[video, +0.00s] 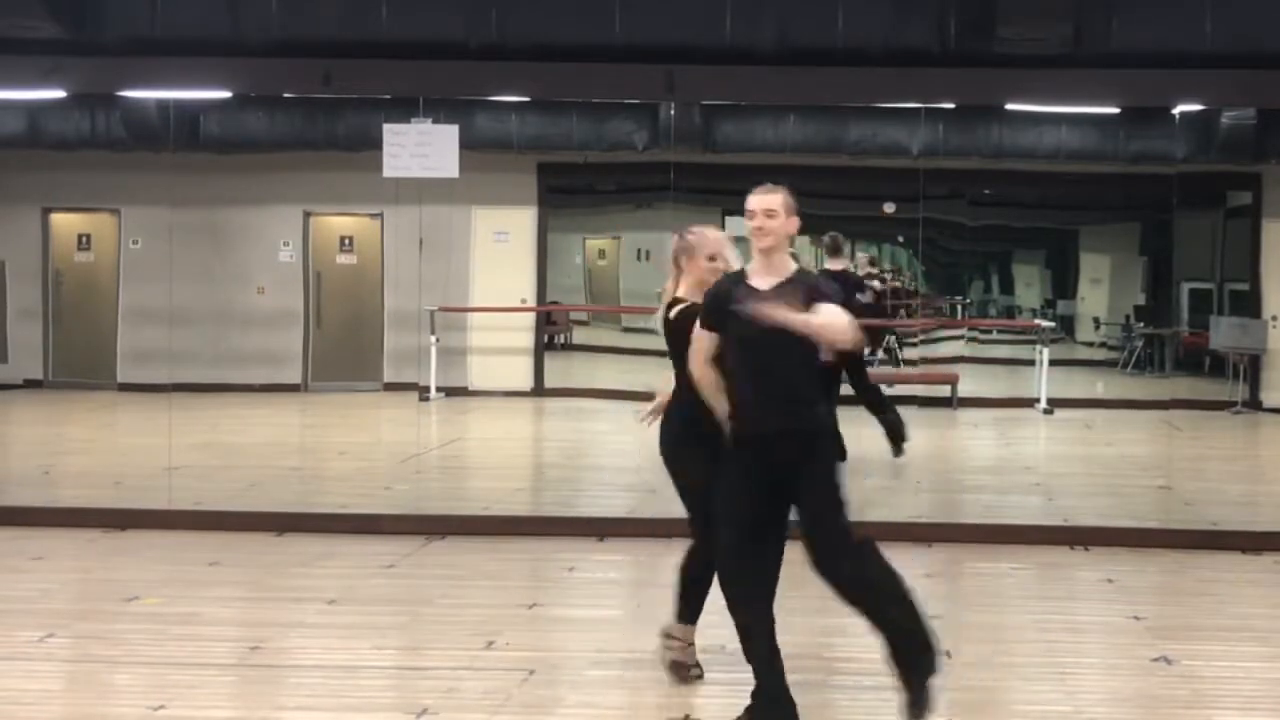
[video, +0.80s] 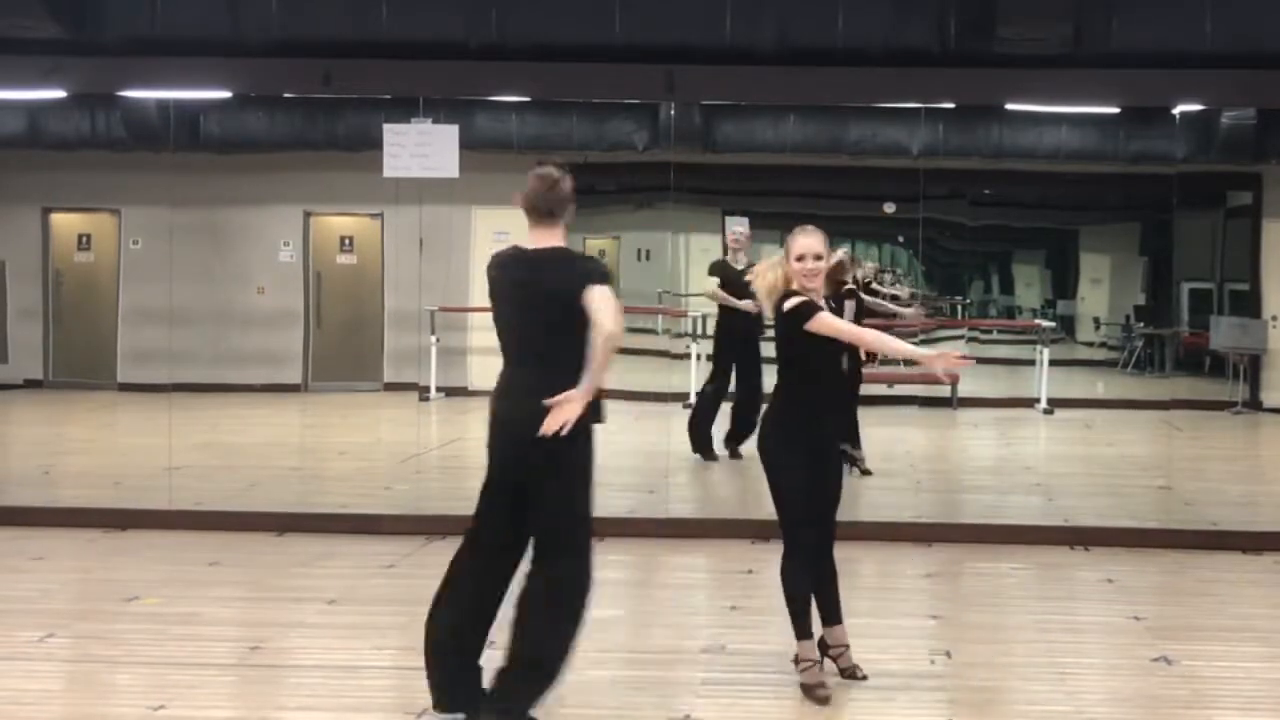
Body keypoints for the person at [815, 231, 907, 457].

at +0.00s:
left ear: (824, 252)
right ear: (845, 251)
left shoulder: (815, 283)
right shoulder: (859, 283)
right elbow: (874, 314)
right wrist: (874, 342)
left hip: (822, 344)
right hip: (851, 342)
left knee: (824, 398)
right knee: (864, 387)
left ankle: (827, 446)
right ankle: (893, 426)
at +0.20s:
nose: (815, 269)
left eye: (814, 264)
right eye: (811, 264)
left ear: (795, 268)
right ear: (800, 267)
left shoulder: (790, 293)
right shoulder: (805, 294)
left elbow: (826, 318)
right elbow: (827, 321)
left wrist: (857, 314)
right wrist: (858, 314)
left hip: (797, 355)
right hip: (817, 355)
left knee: (791, 403)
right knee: (826, 401)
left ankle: (786, 449)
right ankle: (831, 443)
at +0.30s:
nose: (822, 269)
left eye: (822, 265)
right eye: (818, 264)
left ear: (815, 267)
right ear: (808, 267)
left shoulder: (822, 292)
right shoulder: (797, 291)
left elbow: (833, 325)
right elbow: (789, 324)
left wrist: (852, 328)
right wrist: (792, 349)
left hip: (824, 351)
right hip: (805, 353)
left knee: (822, 401)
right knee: (823, 401)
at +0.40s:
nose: (831, 270)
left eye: (831, 266)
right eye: (828, 266)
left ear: (822, 268)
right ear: (817, 267)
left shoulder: (833, 294)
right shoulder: (804, 291)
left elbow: (850, 323)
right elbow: (795, 322)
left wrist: (843, 327)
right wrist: (803, 348)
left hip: (837, 351)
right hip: (818, 351)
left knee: (833, 400)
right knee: (823, 400)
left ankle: (834, 449)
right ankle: (795, 437)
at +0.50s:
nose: (841, 269)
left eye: (841, 266)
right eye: (837, 265)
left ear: (831, 269)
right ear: (826, 267)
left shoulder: (840, 295)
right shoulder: (812, 293)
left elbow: (861, 322)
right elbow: (803, 323)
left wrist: (840, 324)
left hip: (840, 352)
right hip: (822, 353)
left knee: (842, 398)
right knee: (840, 398)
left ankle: (832, 446)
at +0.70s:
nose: (851, 273)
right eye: (850, 268)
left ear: (828, 268)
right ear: (847, 269)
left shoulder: (821, 293)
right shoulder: (851, 294)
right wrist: (864, 322)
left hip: (831, 357)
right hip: (849, 356)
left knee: (838, 404)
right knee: (853, 405)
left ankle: (842, 446)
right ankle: (857, 452)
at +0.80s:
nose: (809, 267)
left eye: (817, 259)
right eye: (800, 259)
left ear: (828, 264)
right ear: (787, 264)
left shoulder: (827, 303)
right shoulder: (794, 306)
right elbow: (859, 336)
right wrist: (924, 357)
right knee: (850, 401)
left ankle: (850, 447)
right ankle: (848, 446)